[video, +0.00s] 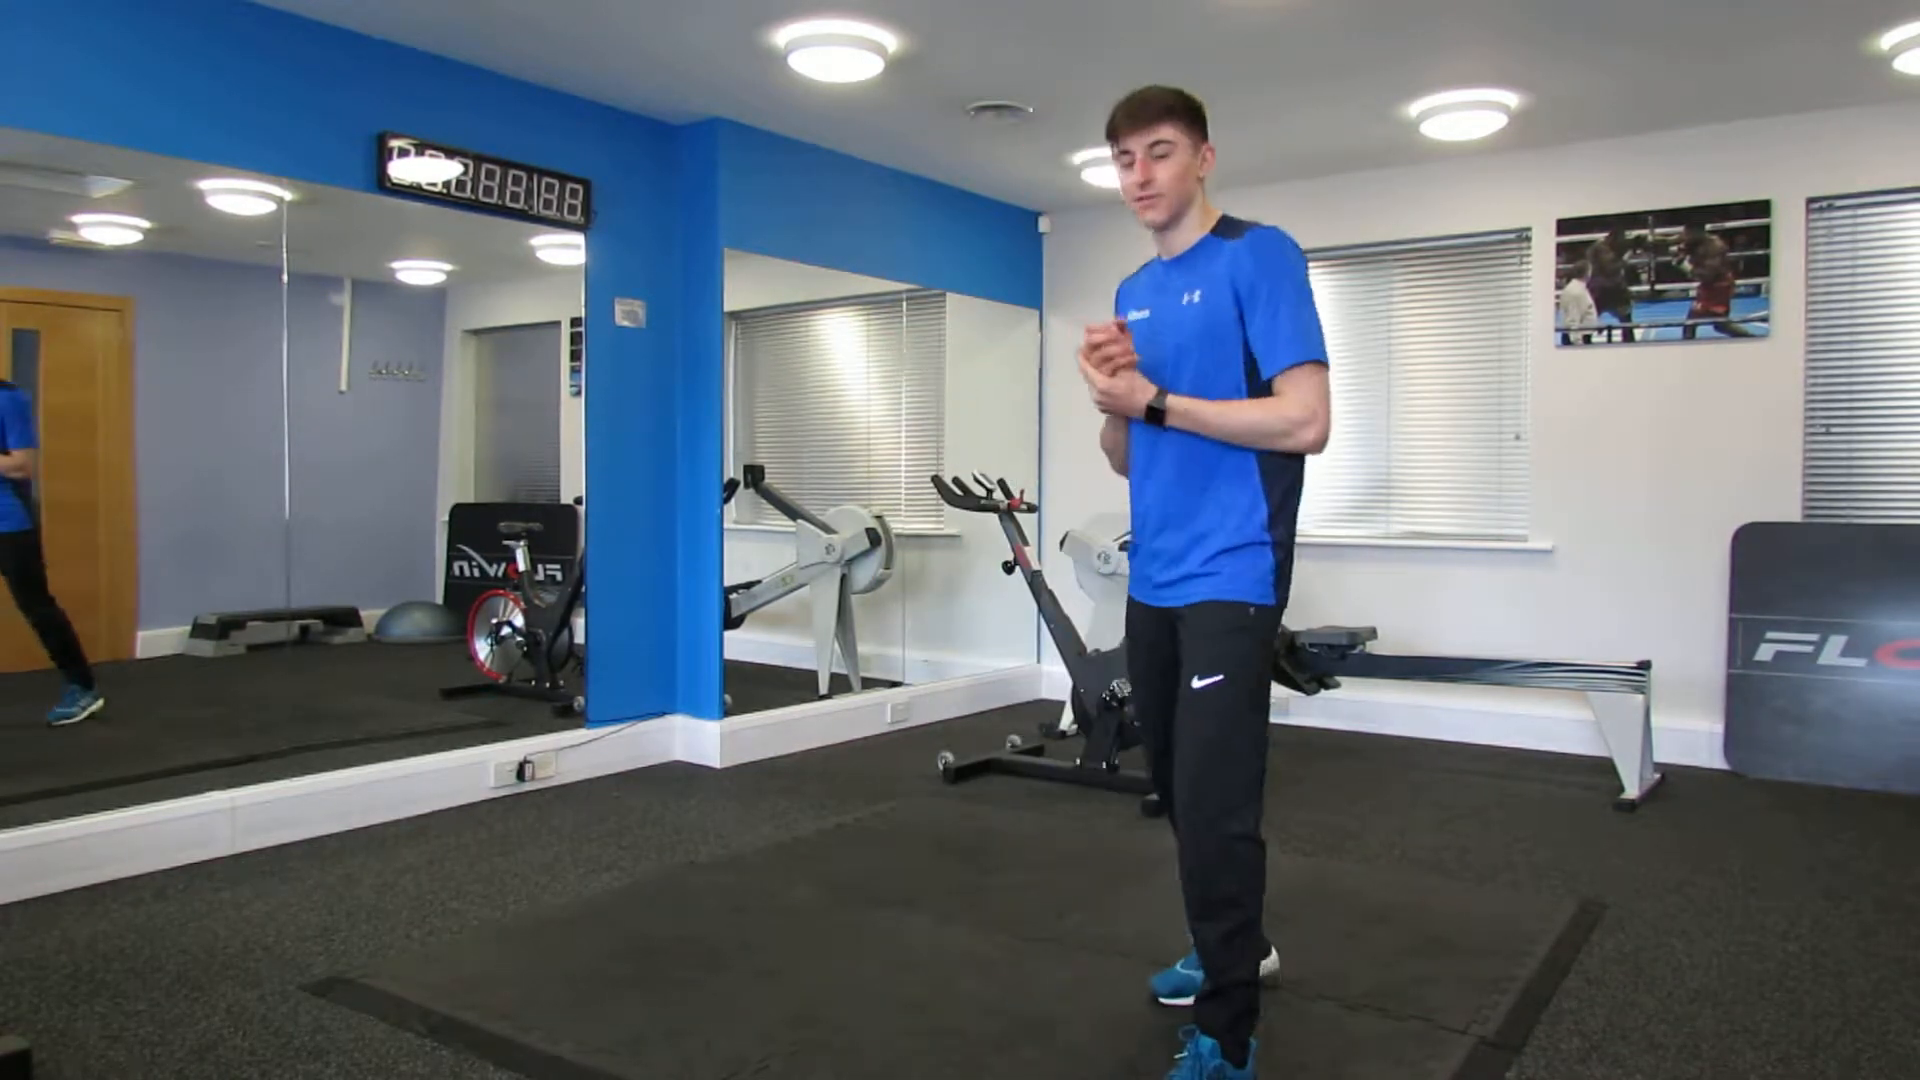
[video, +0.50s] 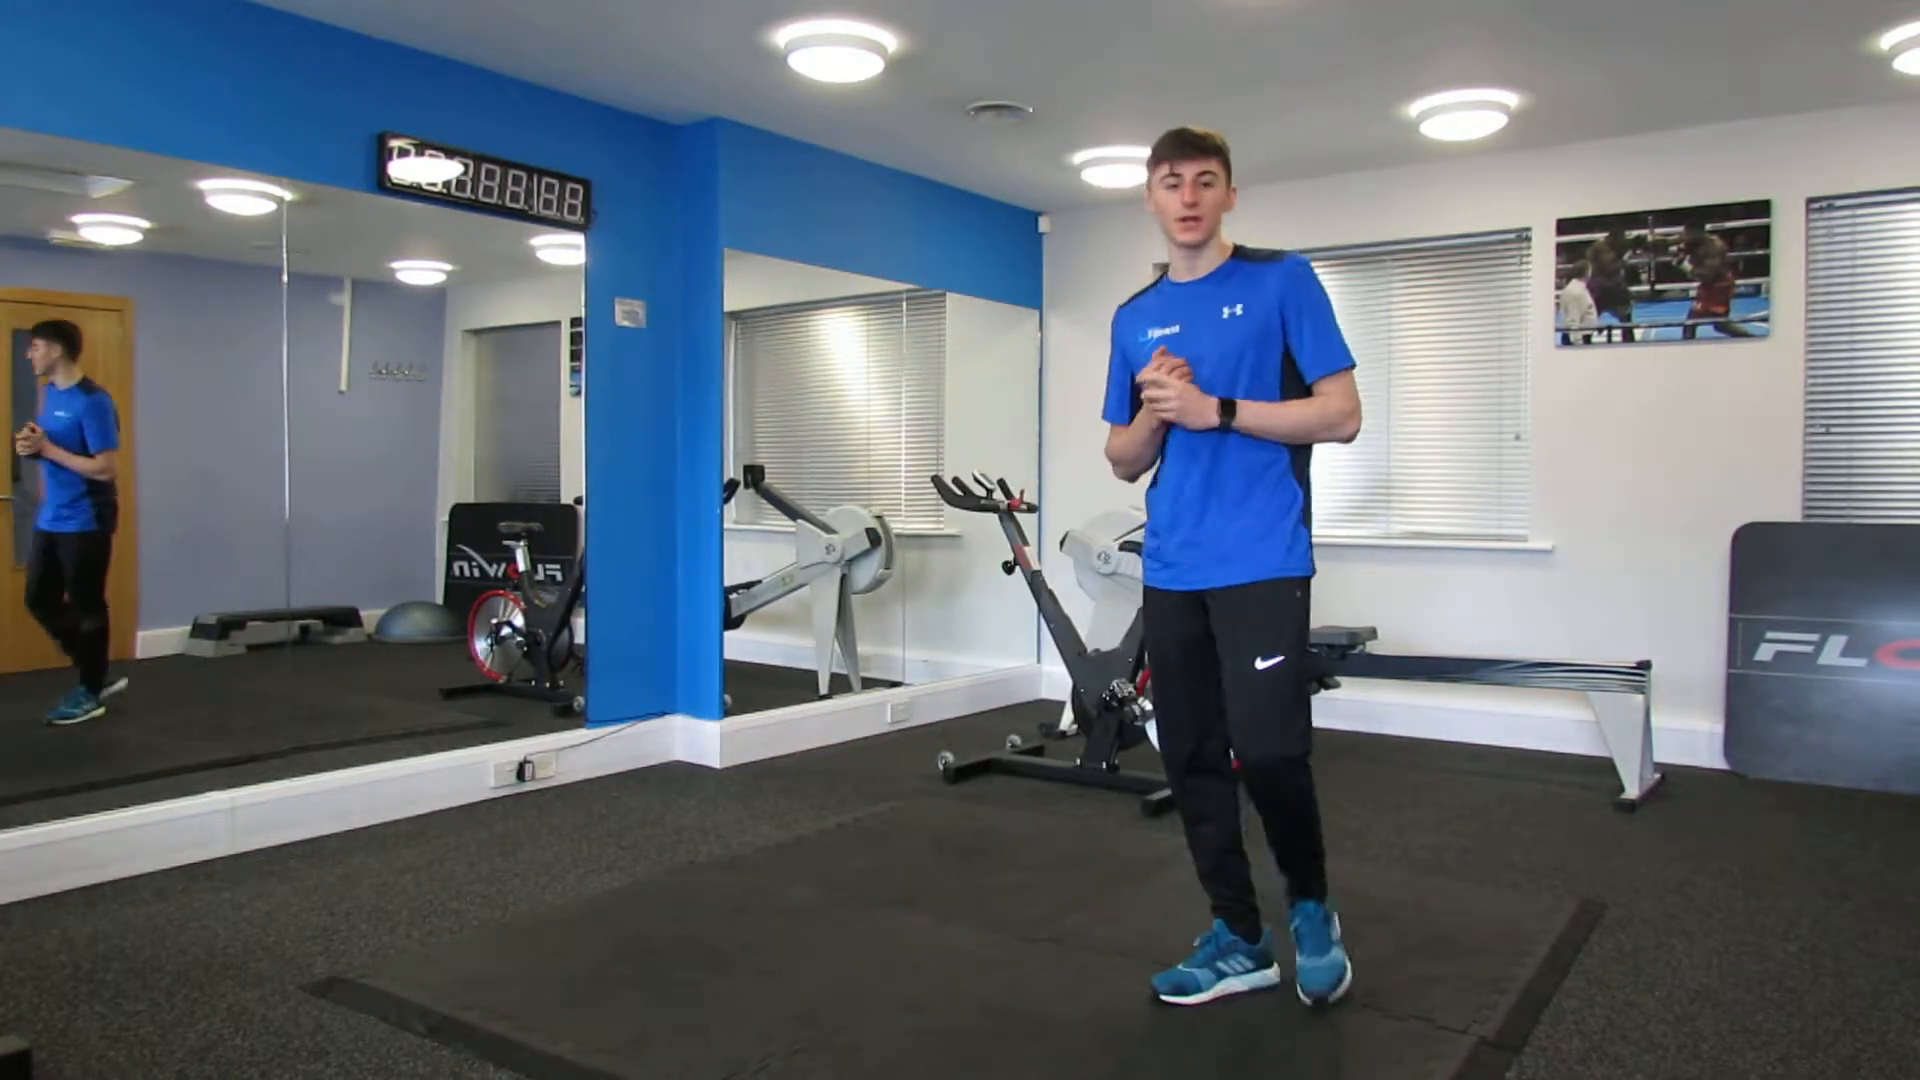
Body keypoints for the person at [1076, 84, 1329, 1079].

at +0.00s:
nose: (1141, 174)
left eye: (1160, 152)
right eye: (1125, 161)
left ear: (1205, 158)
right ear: (1117, 180)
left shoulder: (1260, 255)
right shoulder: (1133, 296)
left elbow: (1307, 420)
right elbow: (1128, 460)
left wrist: (1157, 400)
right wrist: (1110, 401)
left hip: (1232, 566)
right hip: (1155, 569)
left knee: (1217, 800)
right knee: (1178, 780)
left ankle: (1225, 1035)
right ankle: (1229, 947)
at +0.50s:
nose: (1187, 196)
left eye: (1203, 182)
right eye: (1171, 183)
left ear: (1230, 196)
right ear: (1150, 200)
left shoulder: (1283, 280)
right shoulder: (1133, 318)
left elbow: (1342, 412)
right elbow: (1122, 460)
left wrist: (1215, 408)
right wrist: (1154, 414)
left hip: (1262, 560)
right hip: (1171, 566)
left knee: (1268, 751)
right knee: (1194, 757)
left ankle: (1308, 911)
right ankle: (1238, 935)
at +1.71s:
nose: (1060, 233)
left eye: (1076, 219)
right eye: (1056, 223)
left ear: (1118, 230)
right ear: (1056, 238)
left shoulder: (1159, 307)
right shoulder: (1062, 327)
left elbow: (1191, 429)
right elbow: (1071, 421)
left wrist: (1077, 453)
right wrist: (1035, 451)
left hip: (1160, 548)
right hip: (1096, 548)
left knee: (1145, 709)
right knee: (1085, 708)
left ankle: (1179, 880)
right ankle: (1096, 867)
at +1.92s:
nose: (1035, 254)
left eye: (1052, 242)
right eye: (1034, 243)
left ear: (1095, 256)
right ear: (1044, 261)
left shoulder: (1132, 336)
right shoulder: (1057, 356)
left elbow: (1141, 471)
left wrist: (1104, 590)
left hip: (1137, 571)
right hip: (1083, 568)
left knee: (1093, 725)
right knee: (1042, 712)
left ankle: (1156, 894)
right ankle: (1095, 866)